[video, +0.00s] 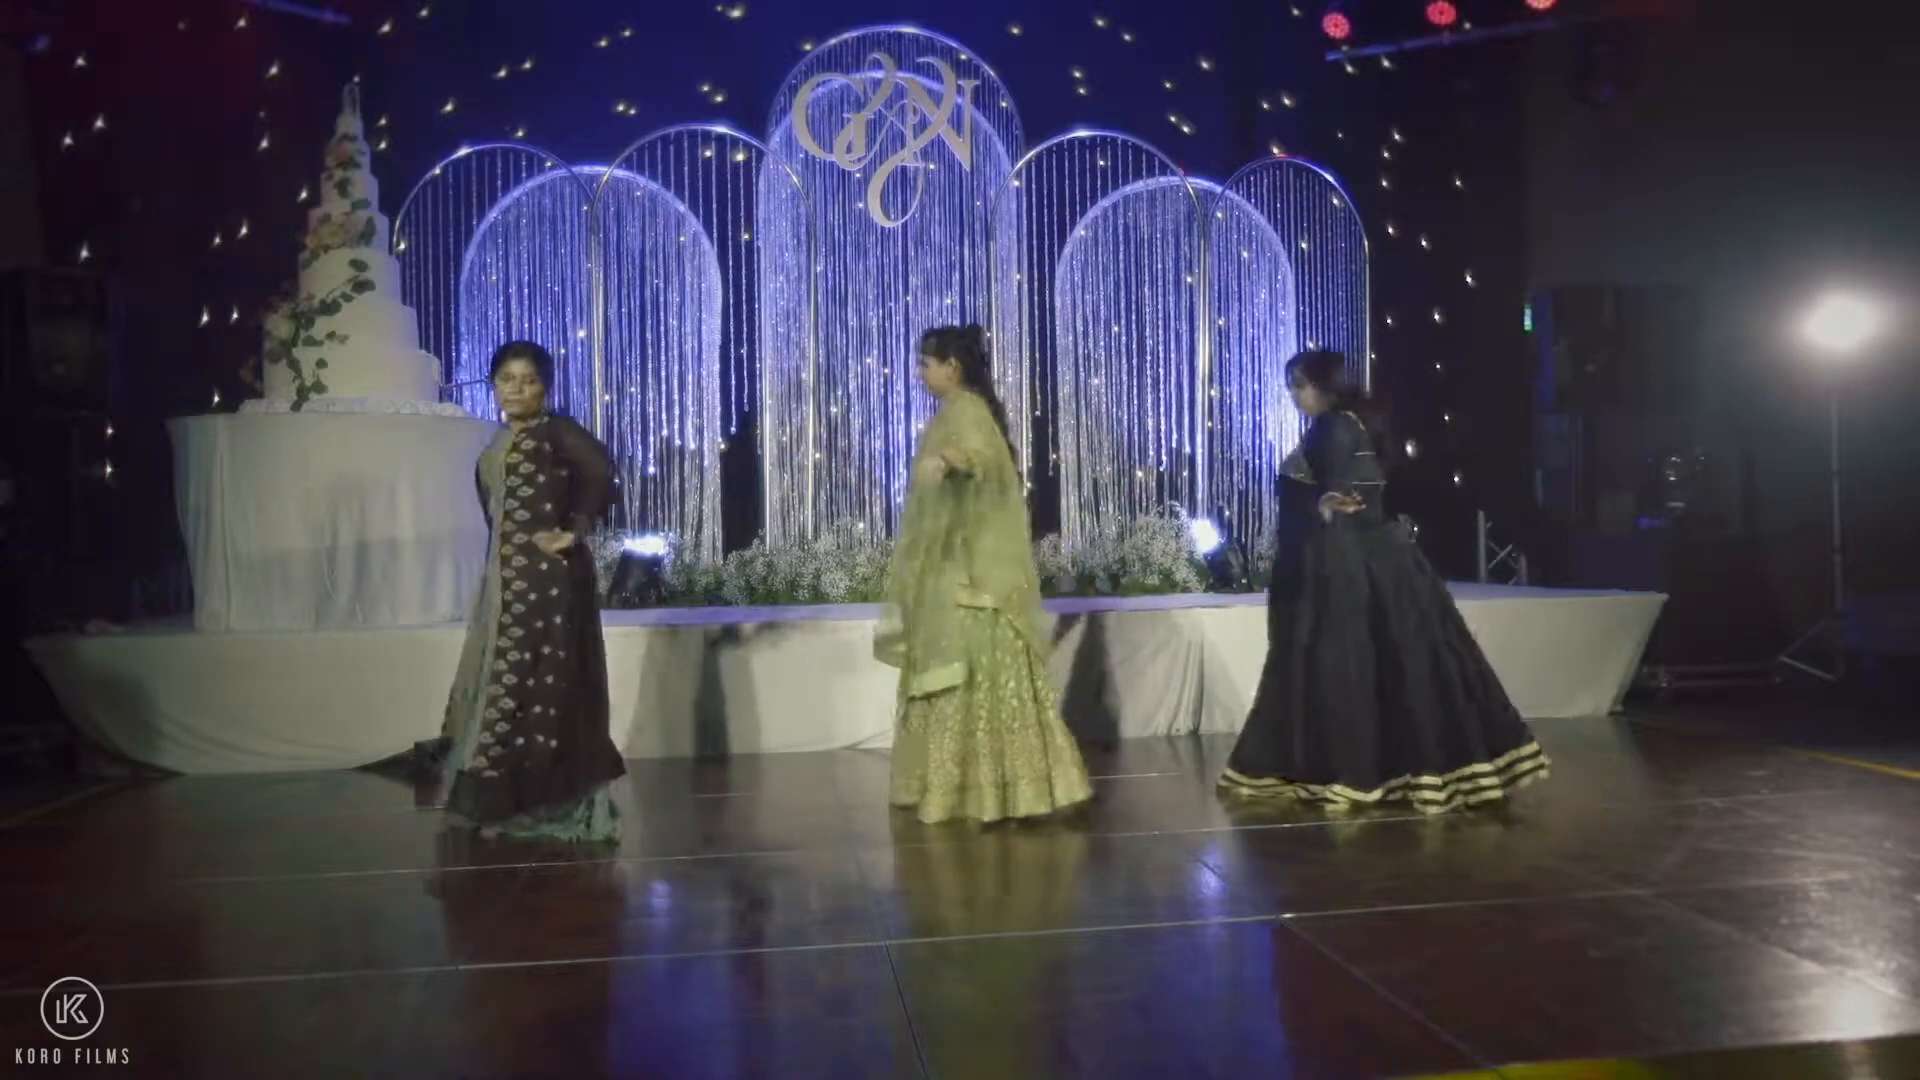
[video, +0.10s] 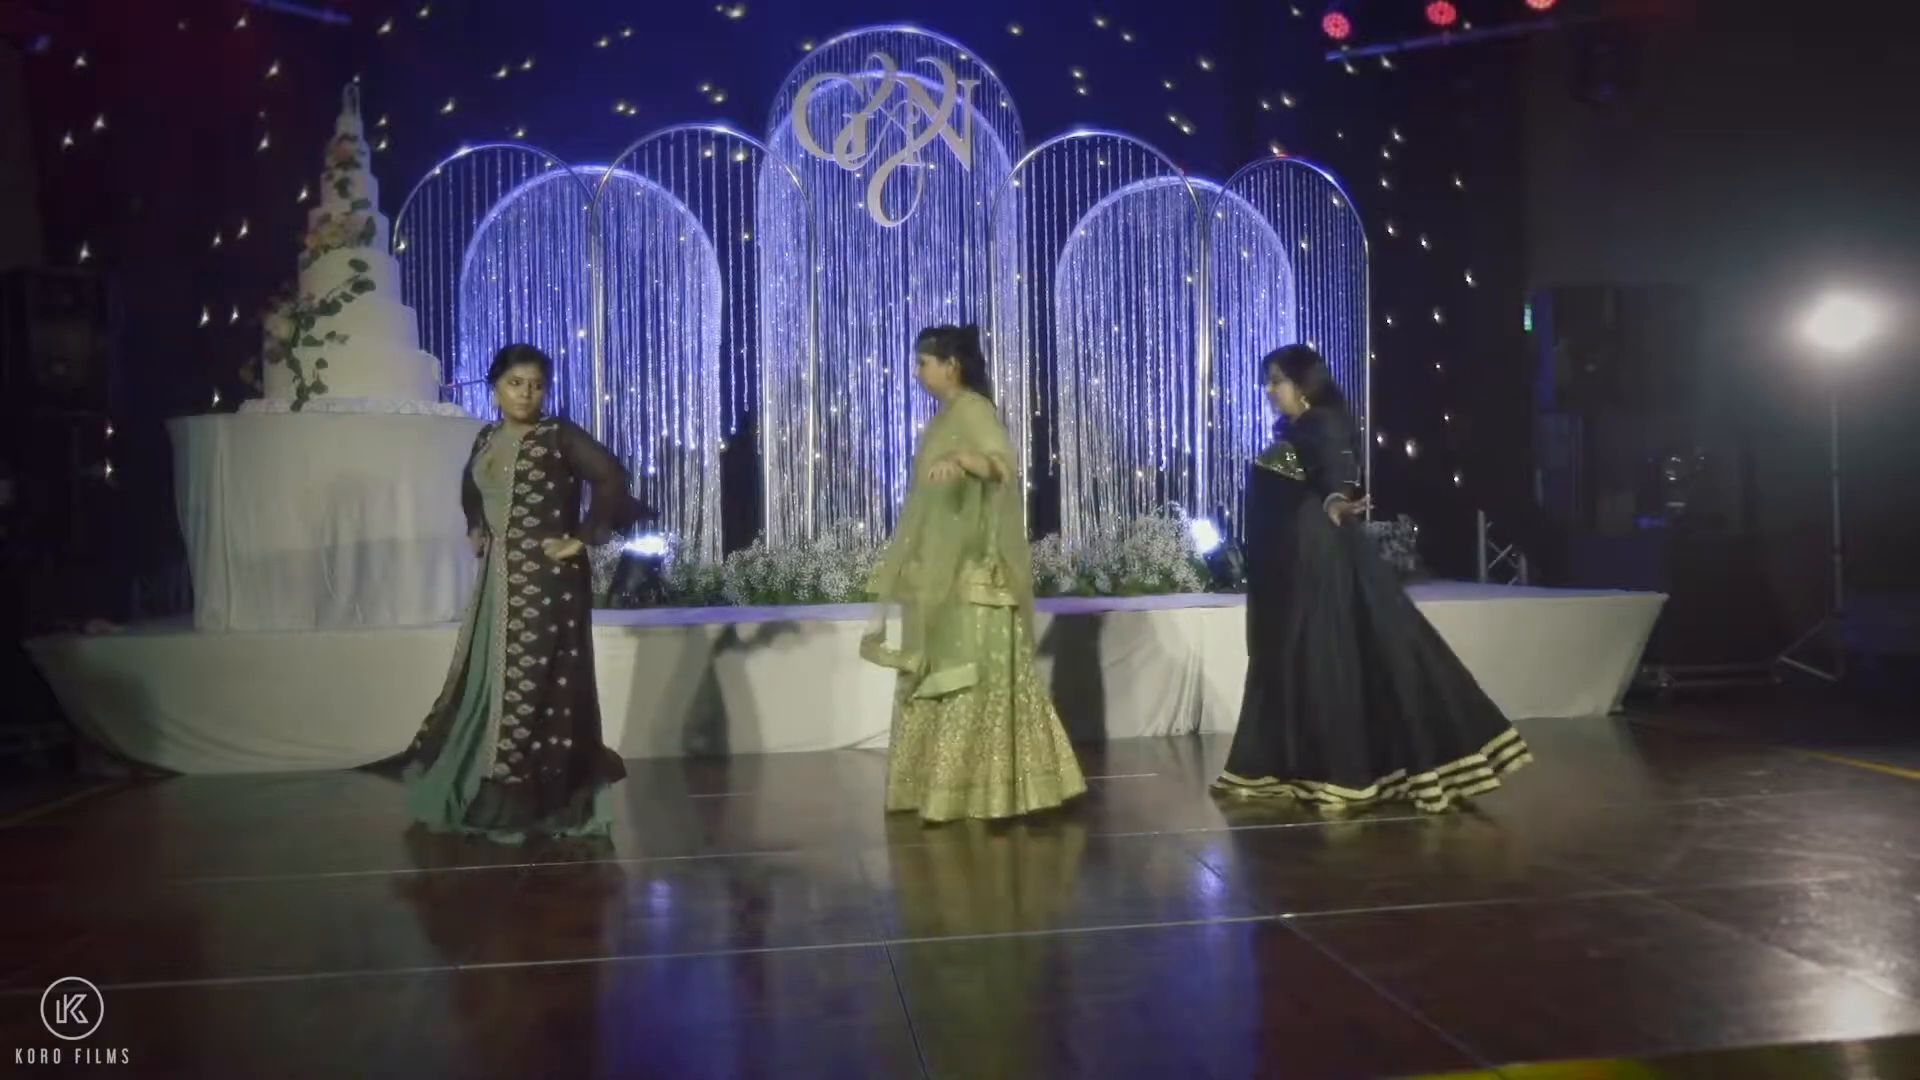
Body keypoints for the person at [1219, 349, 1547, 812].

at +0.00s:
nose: (1294, 398)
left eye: (1298, 387)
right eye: (1292, 388)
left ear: (1319, 386)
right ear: (1331, 385)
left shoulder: (1332, 428)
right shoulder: (1353, 426)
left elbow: (1327, 487)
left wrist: (1317, 499)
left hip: (1340, 566)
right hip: (1366, 560)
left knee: (1335, 669)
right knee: (1364, 667)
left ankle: (1346, 772)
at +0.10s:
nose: (1269, 393)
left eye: (1275, 383)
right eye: (1268, 384)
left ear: (1301, 383)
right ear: (1298, 387)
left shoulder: (1323, 424)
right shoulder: (1296, 429)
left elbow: (1338, 473)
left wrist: (1338, 500)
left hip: (1318, 562)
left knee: (1318, 666)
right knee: (1297, 666)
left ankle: (1333, 773)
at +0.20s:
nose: (1245, 388)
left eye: (1253, 379)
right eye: (1245, 380)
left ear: (1280, 381)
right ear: (1259, 386)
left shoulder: (1307, 426)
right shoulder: (1249, 437)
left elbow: (1327, 471)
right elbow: (1228, 498)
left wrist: (1333, 502)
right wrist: (1197, 539)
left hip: (1301, 559)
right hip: (1252, 560)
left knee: (1303, 663)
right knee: (1257, 662)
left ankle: (1321, 770)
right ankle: (1264, 767)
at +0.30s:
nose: (1224, 387)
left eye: (1233, 378)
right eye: (1222, 379)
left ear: (1261, 381)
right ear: (1224, 386)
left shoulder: (1294, 428)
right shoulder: (1213, 442)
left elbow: (1319, 476)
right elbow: (1189, 504)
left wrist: (1324, 512)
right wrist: (1162, 551)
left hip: (1283, 563)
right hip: (1224, 567)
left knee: (1286, 659)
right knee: (1223, 660)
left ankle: (1294, 763)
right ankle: (1232, 761)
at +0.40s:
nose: (1205, 383)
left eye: (1216, 376)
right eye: (1202, 376)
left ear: (1241, 383)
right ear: (1198, 384)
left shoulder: (1276, 432)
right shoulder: (1182, 440)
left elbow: (1299, 488)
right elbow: (1159, 500)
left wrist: (1306, 532)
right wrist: (1141, 550)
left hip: (1264, 568)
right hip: (1197, 567)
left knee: (1271, 664)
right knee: (1199, 664)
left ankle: (1277, 768)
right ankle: (1207, 766)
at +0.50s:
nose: (1190, 381)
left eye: (1201, 375)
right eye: (1185, 374)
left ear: (1220, 383)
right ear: (1176, 383)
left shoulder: (1249, 434)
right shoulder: (1152, 435)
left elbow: (1273, 490)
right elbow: (1127, 495)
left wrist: (1277, 539)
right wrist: (1132, 546)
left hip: (1240, 565)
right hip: (1173, 567)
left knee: (1245, 664)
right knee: (1175, 666)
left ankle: (1247, 769)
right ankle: (1176, 769)